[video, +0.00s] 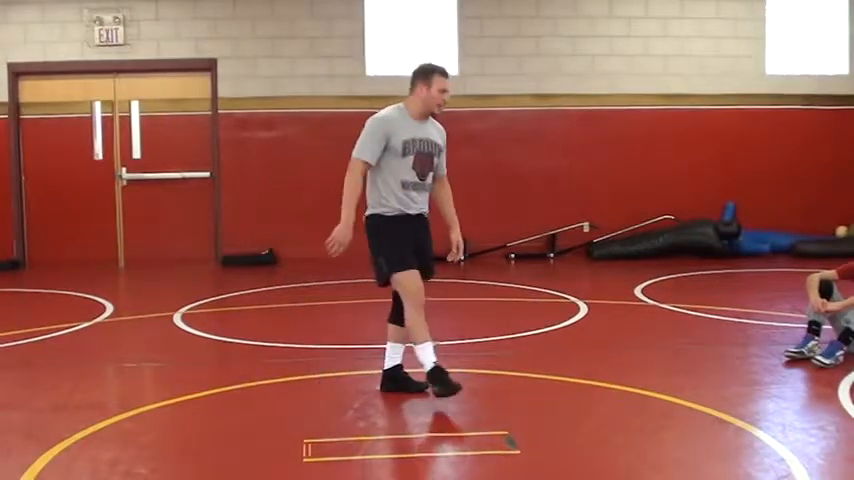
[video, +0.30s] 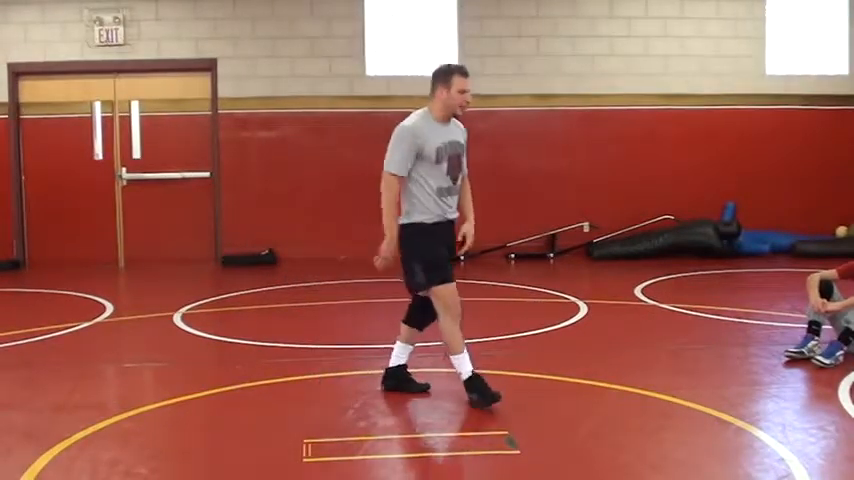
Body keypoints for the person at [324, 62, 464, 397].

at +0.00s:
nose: (445, 99)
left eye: (447, 93)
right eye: (441, 92)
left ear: (433, 93)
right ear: (420, 88)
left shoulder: (437, 132)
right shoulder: (383, 122)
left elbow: (440, 183)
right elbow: (356, 170)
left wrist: (454, 228)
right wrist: (346, 222)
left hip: (418, 221)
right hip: (385, 221)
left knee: (408, 294)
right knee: (413, 292)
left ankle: (392, 370)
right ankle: (433, 368)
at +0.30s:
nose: (467, 99)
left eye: (468, 93)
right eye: (462, 93)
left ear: (457, 94)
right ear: (440, 91)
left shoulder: (459, 131)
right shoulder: (410, 129)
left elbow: (462, 179)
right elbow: (390, 182)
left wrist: (469, 219)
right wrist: (390, 237)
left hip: (445, 227)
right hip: (417, 229)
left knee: (426, 302)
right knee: (450, 305)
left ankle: (395, 370)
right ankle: (470, 381)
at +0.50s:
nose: (485, 93)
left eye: (486, 87)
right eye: (479, 87)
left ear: (474, 89)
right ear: (457, 87)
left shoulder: (477, 124)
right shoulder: (432, 129)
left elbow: (482, 173)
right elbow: (423, 185)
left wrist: (495, 218)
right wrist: (439, 240)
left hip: (470, 225)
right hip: (444, 227)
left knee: (470, 307)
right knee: (460, 307)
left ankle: (414, 353)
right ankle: (473, 382)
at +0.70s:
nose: (502, 92)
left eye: (503, 86)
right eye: (496, 86)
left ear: (486, 87)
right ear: (474, 86)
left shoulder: (489, 121)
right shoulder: (449, 126)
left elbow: (495, 172)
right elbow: (445, 184)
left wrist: (522, 214)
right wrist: (480, 226)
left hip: (487, 223)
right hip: (457, 227)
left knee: (509, 305)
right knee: (471, 305)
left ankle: (462, 355)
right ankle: (475, 381)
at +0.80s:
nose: (510, 92)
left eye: (511, 86)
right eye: (504, 85)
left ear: (493, 87)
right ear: (483, 85)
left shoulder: (495, 120)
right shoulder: (456, 125)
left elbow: (502, 173)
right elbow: (450, 183)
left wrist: (526, 212)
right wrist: (492, 217)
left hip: (496, 225)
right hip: (465, 228)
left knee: (519, 304)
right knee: (477, 305)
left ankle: (498, 372)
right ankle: (474, 383)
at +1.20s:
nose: (553, 90)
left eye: (554, 83)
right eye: (547, 83)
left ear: (535, 86)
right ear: (524, 83)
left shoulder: (544, 127)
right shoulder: (490, 124)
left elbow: (542, 181)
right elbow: (475, 184)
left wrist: (549, 224)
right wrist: (496, 237)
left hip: (536, 230)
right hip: (499, 232)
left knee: (549, 314)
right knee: (497, 314)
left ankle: (551, 394)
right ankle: (480, 382)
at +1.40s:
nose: (563, 87)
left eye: (569, 81)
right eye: (556, 79)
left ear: (573, 86)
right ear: (539, 81)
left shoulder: (574, 131)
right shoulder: (509, 119)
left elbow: (585, 186)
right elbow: (478, 167)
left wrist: (602, 233)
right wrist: (483, 220)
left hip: (553, 230)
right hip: (514, 230)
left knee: (558, 318)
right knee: (522, 318)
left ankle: (551, 397)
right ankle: (497, 365)